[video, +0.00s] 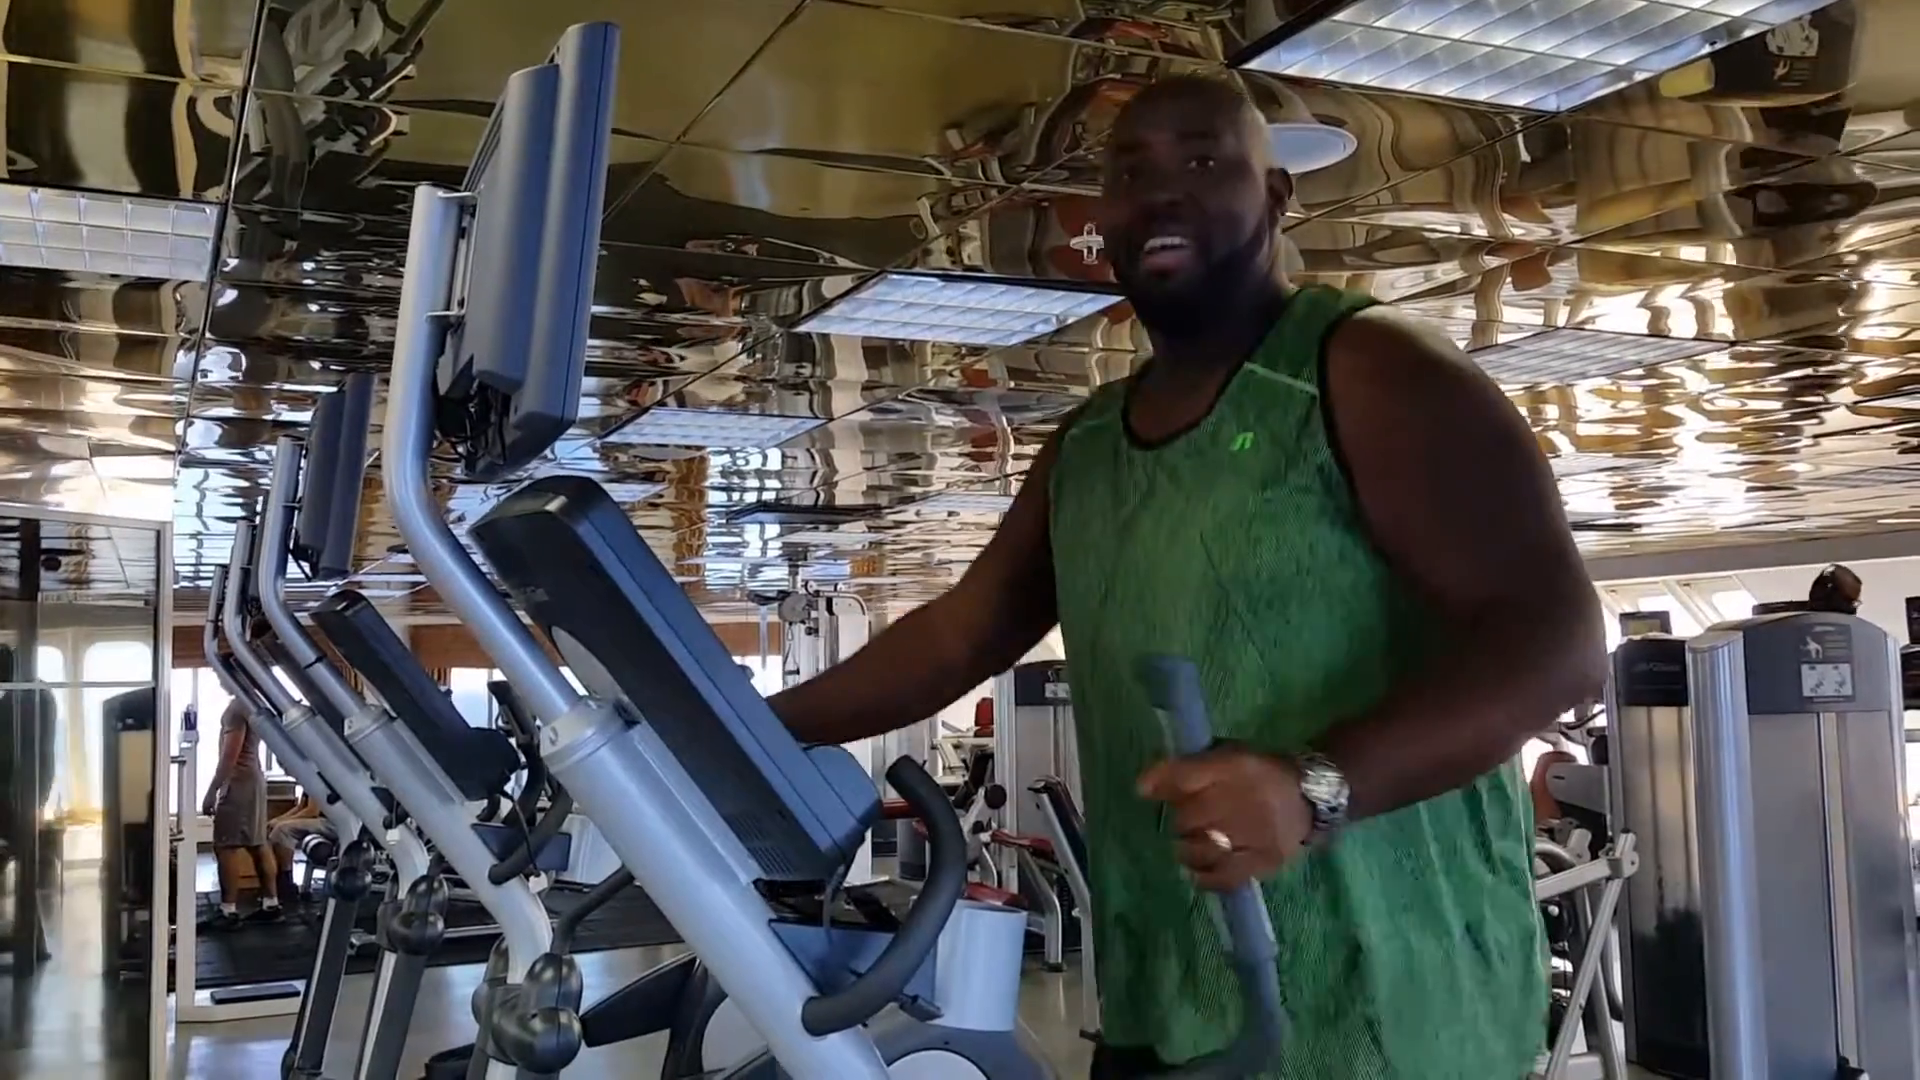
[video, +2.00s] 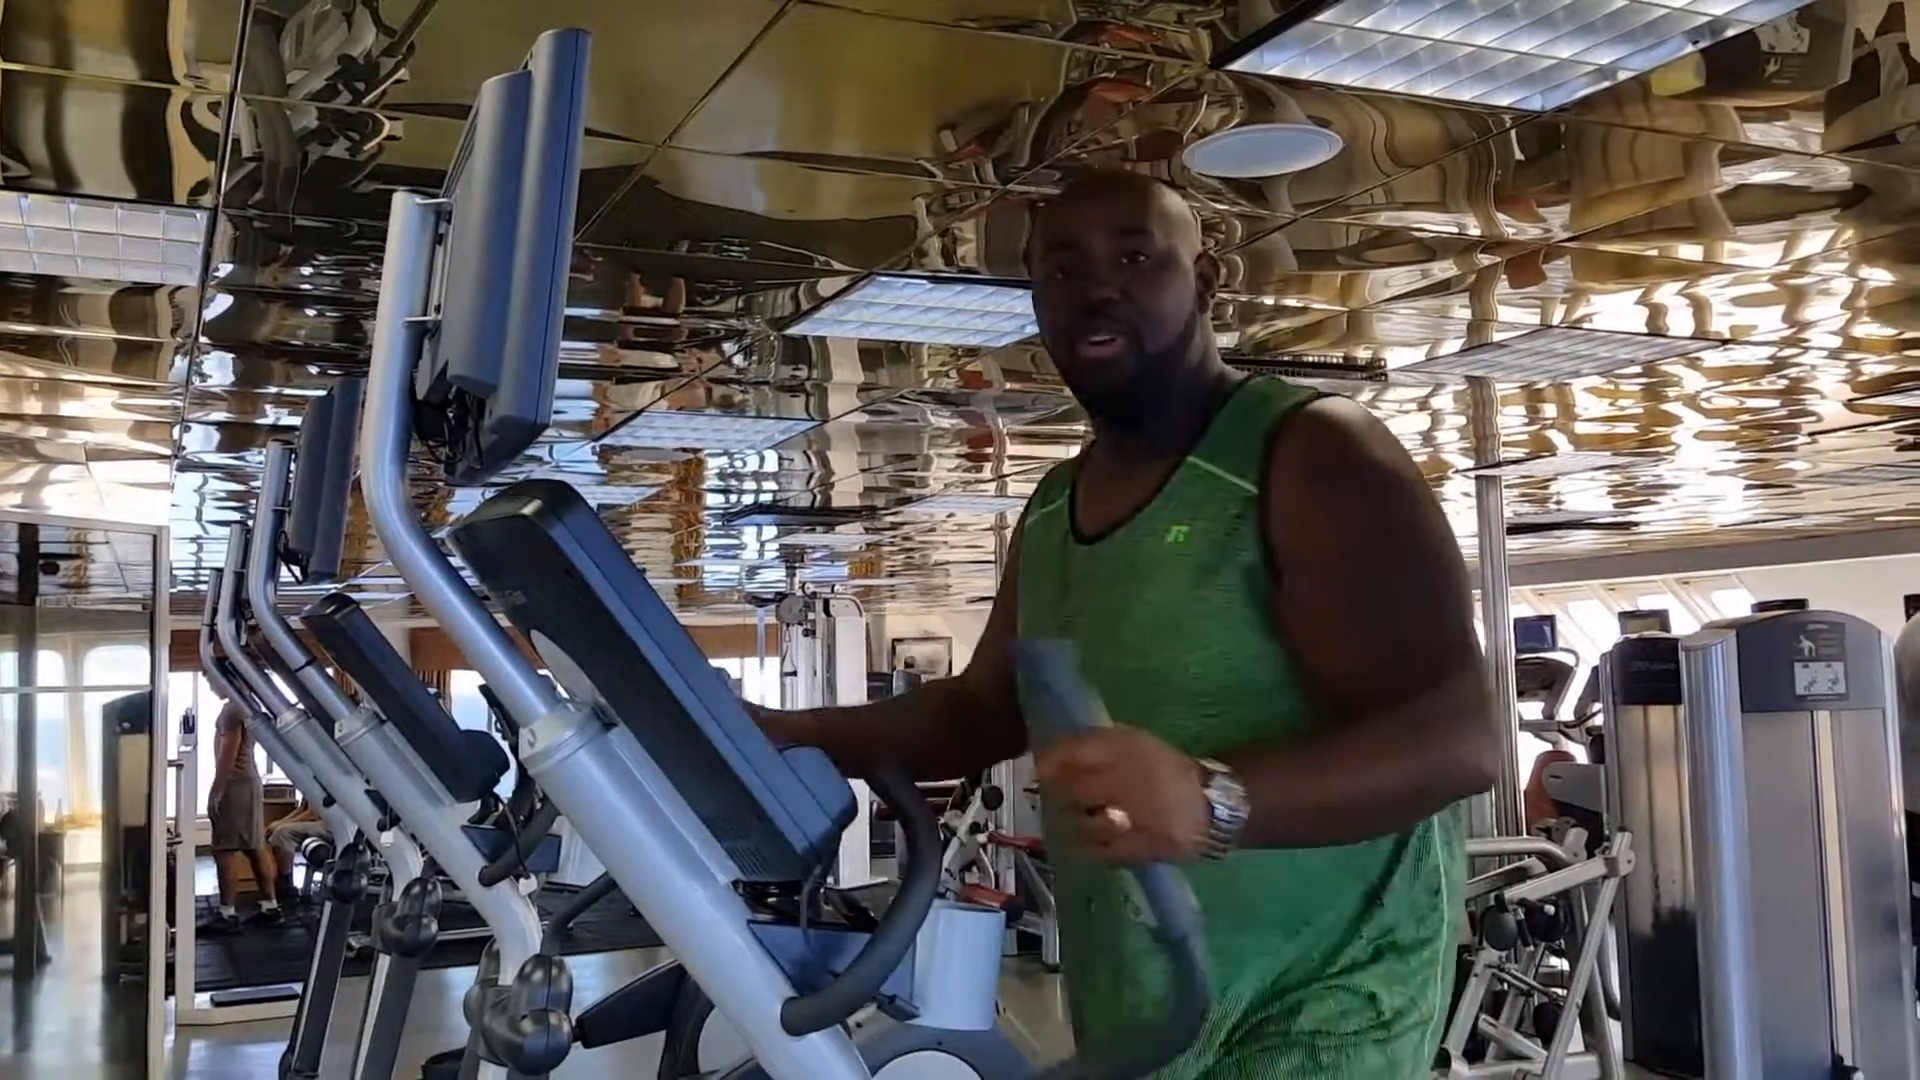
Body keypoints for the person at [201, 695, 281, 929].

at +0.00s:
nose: (217, 678)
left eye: (220, 671)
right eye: (217, 671)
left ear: (233, 676)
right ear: (243, 676)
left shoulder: (236, 708)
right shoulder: (253, 704)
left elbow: (229, 758)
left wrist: (211, 792)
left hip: (238, 781)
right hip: (256, 780)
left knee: (225, 846)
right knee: (259, 843)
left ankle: (228, 909)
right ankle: (271, 903)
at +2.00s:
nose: (208, 682)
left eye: (210, 673)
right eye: (207, 675)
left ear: (227, 678)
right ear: (234, 679)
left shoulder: (232, 710)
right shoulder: (244, 707)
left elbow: (228, 757)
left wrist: (215, 792)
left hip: (234, 784)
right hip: (250, 782)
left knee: (224, 850)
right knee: (256, 845)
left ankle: (227, 911)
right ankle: (270, 906)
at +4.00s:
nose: (209, 685)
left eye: (211, 678)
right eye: (207, 679)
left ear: (224, 677)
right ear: (233, 677)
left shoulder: (228, 710)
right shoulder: (248, 707)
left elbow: (224, 758)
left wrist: (207, 790)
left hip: (234, 785)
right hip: (251, 782)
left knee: (227, 848)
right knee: (256, 844)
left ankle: (234, 910)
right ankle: (275, 904)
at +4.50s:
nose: (211, 681)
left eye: (213, 675)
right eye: (209, 676)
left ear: (226, 675)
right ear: (235, 675)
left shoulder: (230, 708)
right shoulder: (248, 705)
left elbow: (227, 753)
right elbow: (243, 752)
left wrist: (214, 788)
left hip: (233, 781)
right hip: (250, 779)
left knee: (229, 847)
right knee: (256, 842)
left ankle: (233, 909)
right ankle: (277, 901)